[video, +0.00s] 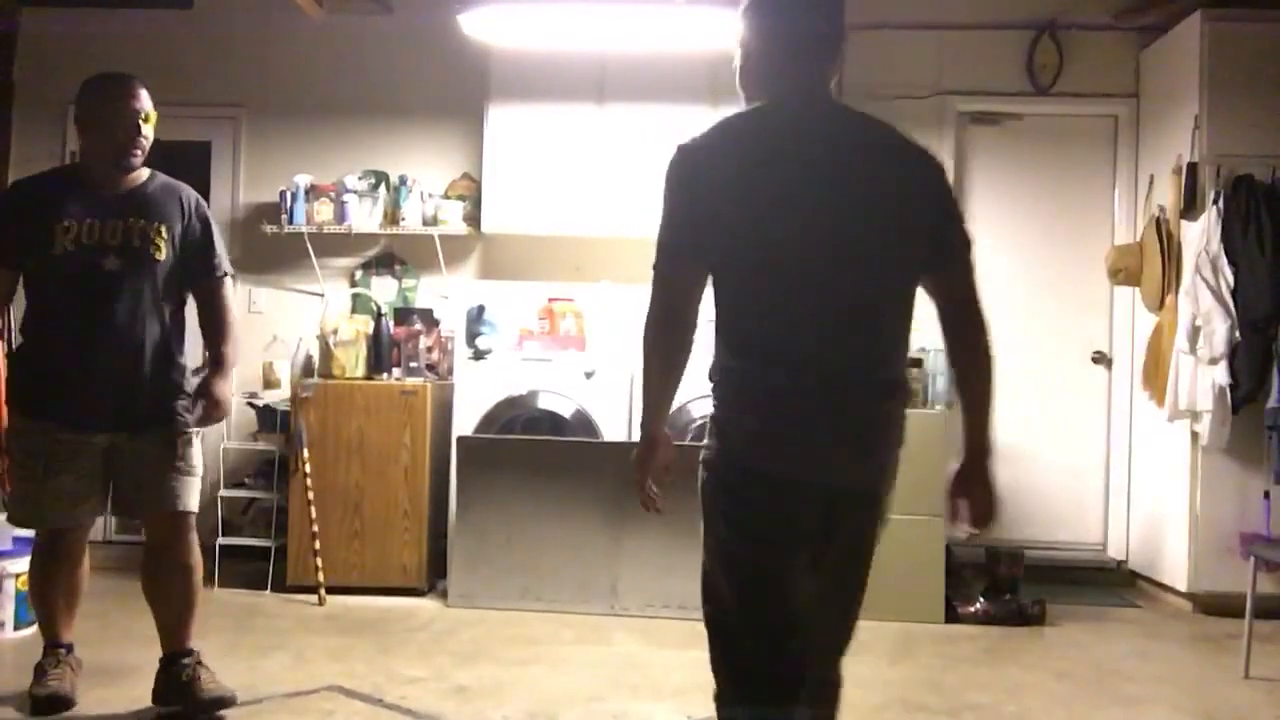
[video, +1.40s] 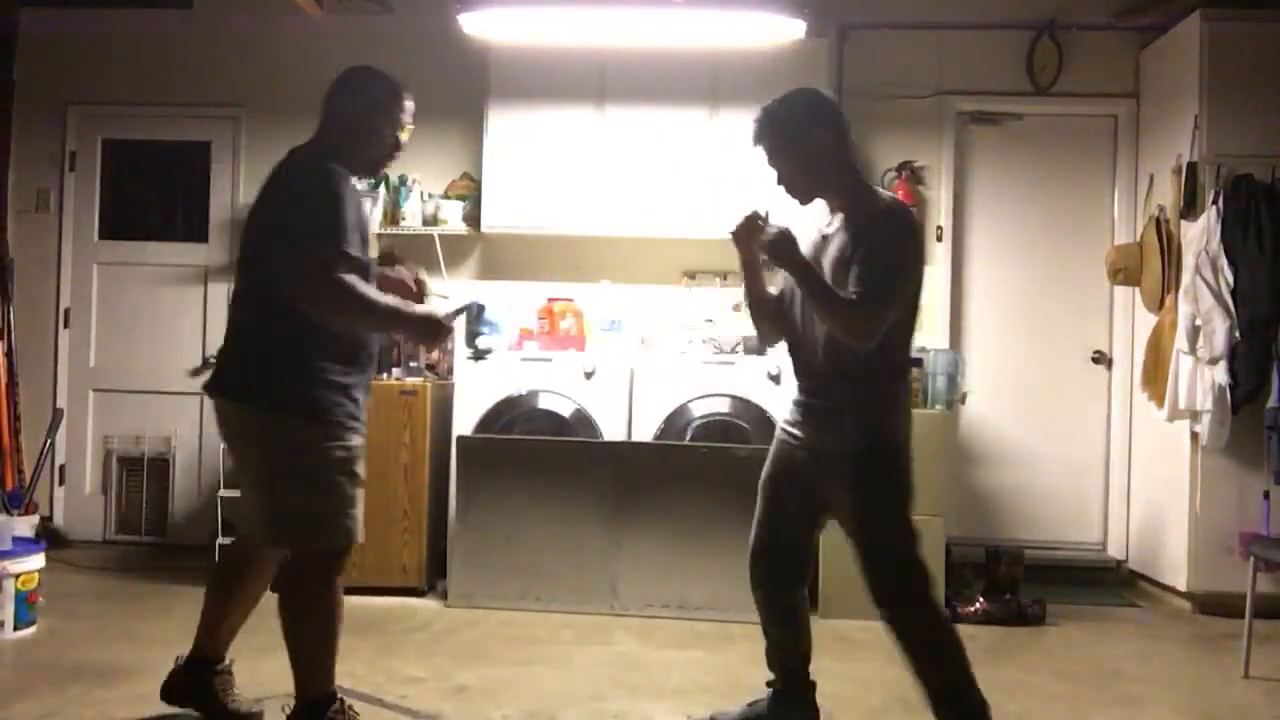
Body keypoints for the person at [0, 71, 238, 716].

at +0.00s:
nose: (142, 133)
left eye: (148, 121)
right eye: (126, 120)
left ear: (156, 128)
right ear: (83, 125)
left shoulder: (184, 206)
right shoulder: (27, 202)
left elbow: (214, 295)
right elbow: (1, 301)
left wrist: (222, 369)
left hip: (160, 400)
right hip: (57, 400)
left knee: (176, 525)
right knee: (61, 534)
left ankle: (180, 662)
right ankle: (57, 656)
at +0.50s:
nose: (220, 119)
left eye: (232, 111)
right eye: (207, 107)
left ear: (246, 124)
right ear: (178, 114)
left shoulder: (270, 207)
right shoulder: (126, 181)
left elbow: (302, 294)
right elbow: (75, 266)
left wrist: (311, 375)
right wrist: (88, 344)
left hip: (226, 407)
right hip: (127, 394)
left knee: (210, 543)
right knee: (91, 529)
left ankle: (193, 679)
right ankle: (66, 645)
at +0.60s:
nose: (242, 119)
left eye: (253, 110)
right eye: (229, 107)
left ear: (265, 123)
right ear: (198, 113)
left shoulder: (287, 208)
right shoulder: (145, 179)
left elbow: (316, 289)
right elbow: (94, 249)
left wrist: (333, 365)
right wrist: (136, 284)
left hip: (240, 408)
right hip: (141, 397)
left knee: (215, 543)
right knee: (104, 531)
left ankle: (193, 679)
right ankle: (75, 643)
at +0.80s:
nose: (270, 123)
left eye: (281, 114)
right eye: (258, 110)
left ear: (294, 128)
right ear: (226, 116)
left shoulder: (308, 211)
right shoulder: (183, 181)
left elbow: (335, 294)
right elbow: (142, 252)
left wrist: (356, 330)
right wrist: (232, 238)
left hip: (266, 401)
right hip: (174, 392)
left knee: (225, 539)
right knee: (154, 539)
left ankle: (194, 680)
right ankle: (120, 680)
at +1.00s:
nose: (306, 129)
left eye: (315, 120)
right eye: (294, 115)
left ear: (322, 131)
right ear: (259, 114)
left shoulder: (314, 210)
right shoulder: (220, 175)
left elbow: (308, 299)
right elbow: (191, 257)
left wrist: (346, 306)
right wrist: (298, 275)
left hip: (281, 397)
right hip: (208, 388)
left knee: (239, 540)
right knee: (221, 538)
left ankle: (193, 682)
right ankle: (206, 689)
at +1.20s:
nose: (355, 142)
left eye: (358, 130)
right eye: (348, 127)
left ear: (307, 124)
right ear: (304, 119)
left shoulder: (302, 198)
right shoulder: (261, 180)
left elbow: (305, 289)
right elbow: (250, 276)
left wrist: (362, 271)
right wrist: (349, 328)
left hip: (279, 404)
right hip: (247, 403)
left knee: (236, 545)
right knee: (275, 548)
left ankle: (193, 681)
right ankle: (298, 699)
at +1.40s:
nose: (402, 143)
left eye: (406, 130)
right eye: (396, 126)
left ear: (346, 119)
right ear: (354, 115)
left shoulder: (313, 175)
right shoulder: (322, 180)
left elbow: (313, 267)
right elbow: (319, 286)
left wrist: (378, 275)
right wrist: (411, 320)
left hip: (266, 391)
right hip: (301, 399)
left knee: (261, 534)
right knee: (319, 550)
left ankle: (200, 669)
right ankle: (317, 705)